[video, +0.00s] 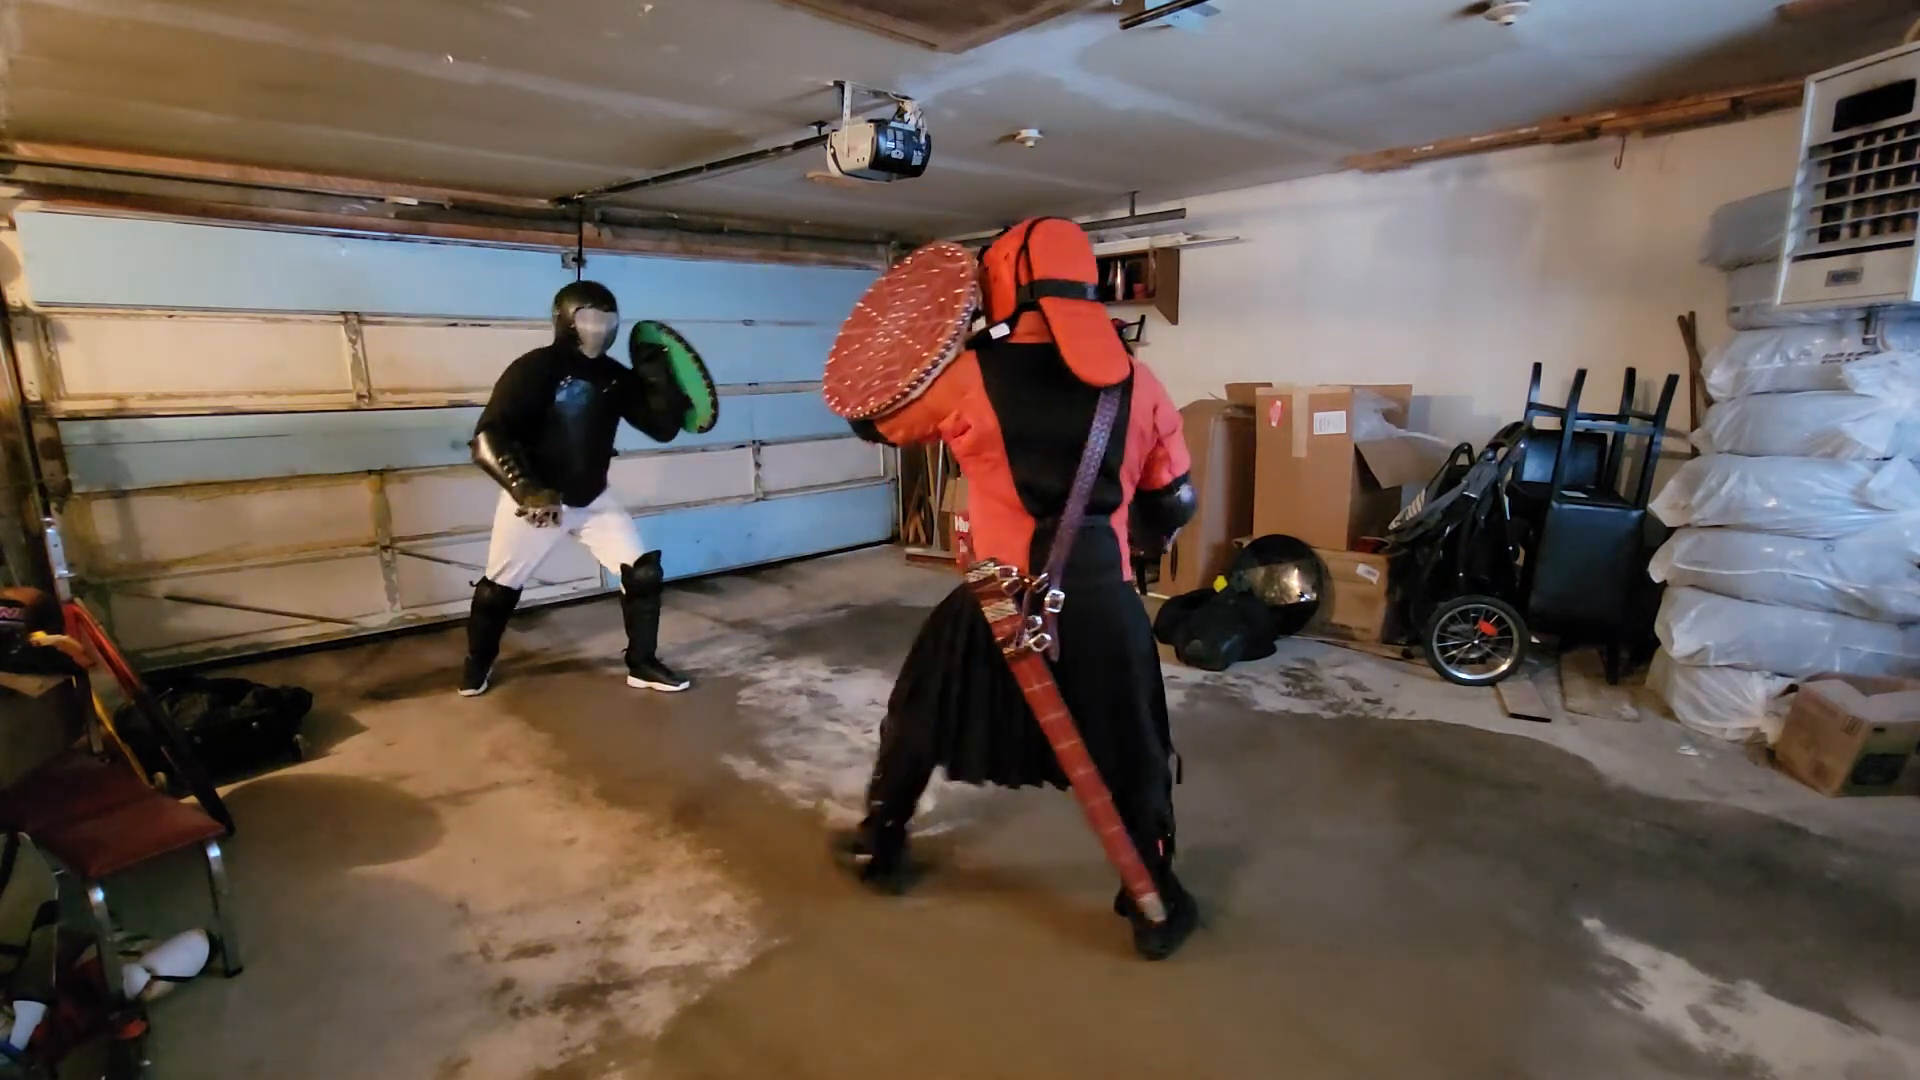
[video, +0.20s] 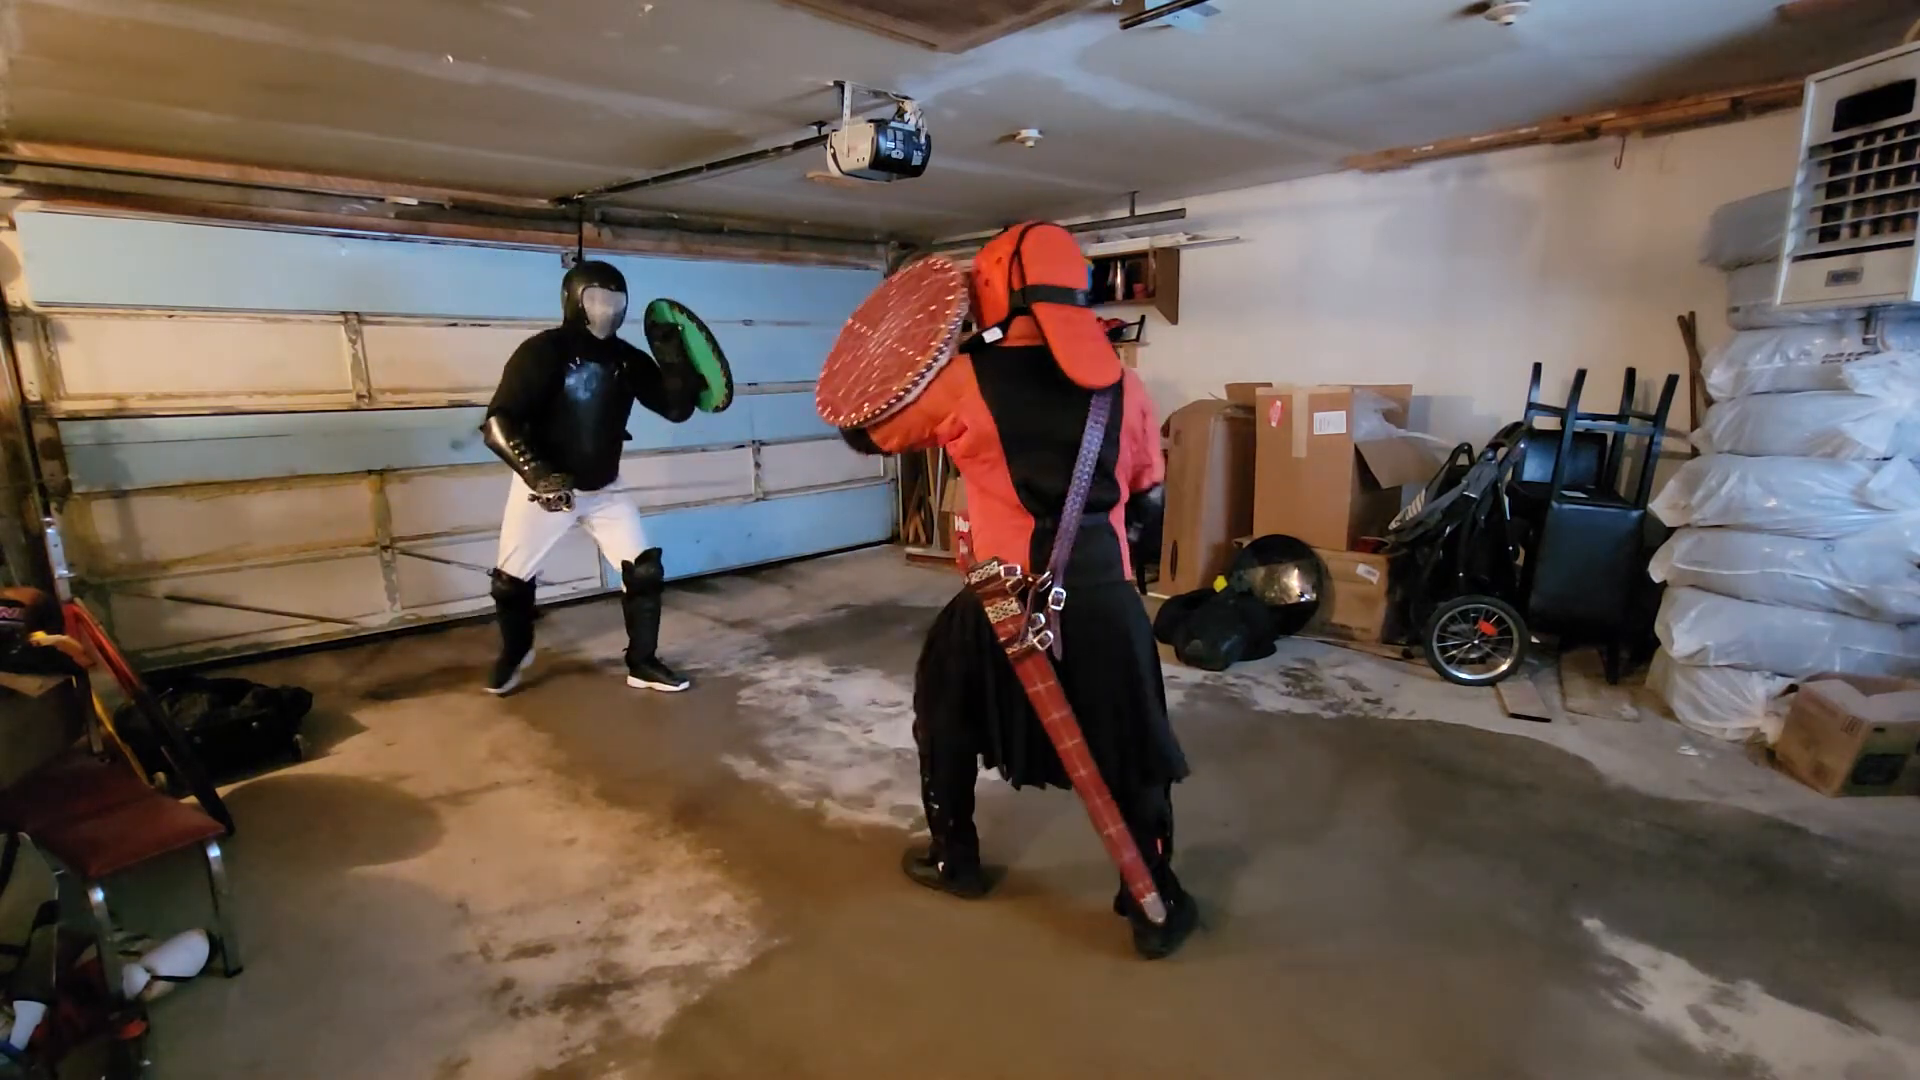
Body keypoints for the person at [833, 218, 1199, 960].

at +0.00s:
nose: (988, 299)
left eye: (993, 286)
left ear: (1004, 291)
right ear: (1087, 289)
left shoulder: (975, 376)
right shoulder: (1135, 383)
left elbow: (884, 424)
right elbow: (1172, 499)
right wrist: (1132, 550)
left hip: (994, 605)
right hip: (1102, 605)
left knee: (919, 714)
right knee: (1133, 748)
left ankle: (880, 839)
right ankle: (1153, 902)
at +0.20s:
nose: (977, 300)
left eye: (982, 287)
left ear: (995, 294)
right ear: (1074, 292)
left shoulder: (969, 379)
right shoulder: (1120, 385)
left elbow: (879, 433)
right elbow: (1145, 500)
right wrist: (1116, 566)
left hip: (1000, 603)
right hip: (1102, 601)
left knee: (943, 700)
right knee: (1131, 743)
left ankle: (954, 853)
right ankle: (1155, 904)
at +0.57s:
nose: (946, 291)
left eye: (951, 280)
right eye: (952, 280)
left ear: (967, 285)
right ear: (1045, 279)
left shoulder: (948, 371)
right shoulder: (1098, 359)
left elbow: (866, 447)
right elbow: (1124, 446)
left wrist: (866, 364)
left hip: (1004, 572)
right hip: (1105, 564)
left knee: (951, 697)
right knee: (1156, 711)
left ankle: (955, 854)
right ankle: (1198, 871)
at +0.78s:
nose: (983, 304)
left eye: (987, 292)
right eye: (986, 291)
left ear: (1008, 297)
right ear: (1084, 292)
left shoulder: (984, 379)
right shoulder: (1136, 376)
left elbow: (906, 452)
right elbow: (1164, 491)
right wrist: (1127, 558)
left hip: (1028, 585)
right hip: (1131, 583)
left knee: (960, 709)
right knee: (1178, 725)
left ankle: (957, 855)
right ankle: (1223, 884)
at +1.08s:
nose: (1032, 296)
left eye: (1038, 284)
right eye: (1033, 284)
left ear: (1057, 287)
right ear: (1128, 286)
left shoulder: (1023, 369)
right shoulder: (1182, 374)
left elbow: (944, 443)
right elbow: (1209, 493)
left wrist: (944, 359)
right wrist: (1148, 517)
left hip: (1057, 585)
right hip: (1161, 586)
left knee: (984, 702)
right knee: (1196, 728)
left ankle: (969, 848)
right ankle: (1232, 885)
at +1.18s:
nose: (1033, 295)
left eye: (1038, 284)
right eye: (1035, 283)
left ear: (1055, 287)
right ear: (1130, 287)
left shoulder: (1024, 371)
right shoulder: (1182, 378)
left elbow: (947, 447)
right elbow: (1209, 498)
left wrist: (944, 368)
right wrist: (1152, 527)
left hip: (1056, 588)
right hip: (1160, 589)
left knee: (983, 703)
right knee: (1196, 731)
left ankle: (969, 849)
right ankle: (1231, 886)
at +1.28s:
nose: (1034, 297)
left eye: (1039, 285)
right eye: (1036, 285)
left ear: (1057, 288)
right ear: (1131, 288)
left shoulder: (1025, 369)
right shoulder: (1183, 377)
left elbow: (948, 448)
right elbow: (1211, 495)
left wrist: (934, 379)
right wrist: (1153, 526)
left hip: (1055, 583)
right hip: (1159, 586)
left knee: (985, 698)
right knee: (1202, 729)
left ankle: (969, 849)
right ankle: (1232, 887)